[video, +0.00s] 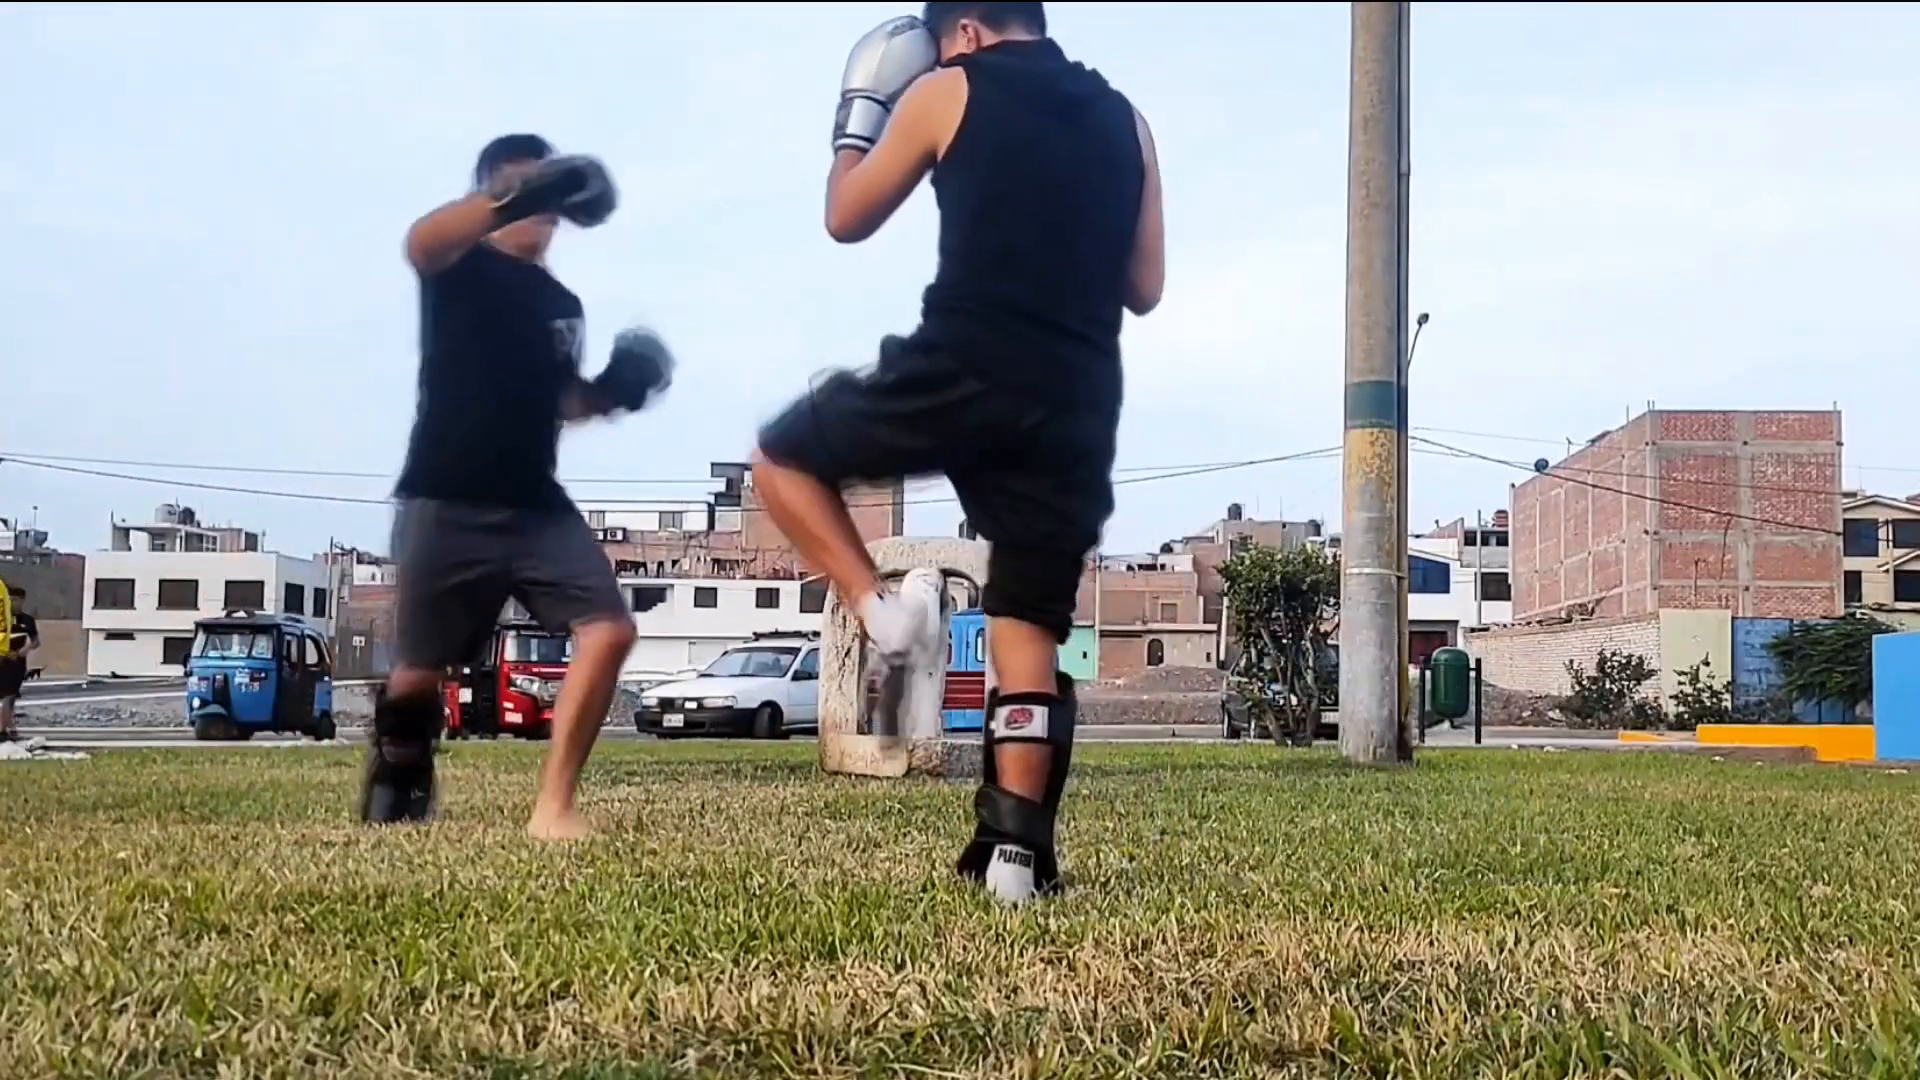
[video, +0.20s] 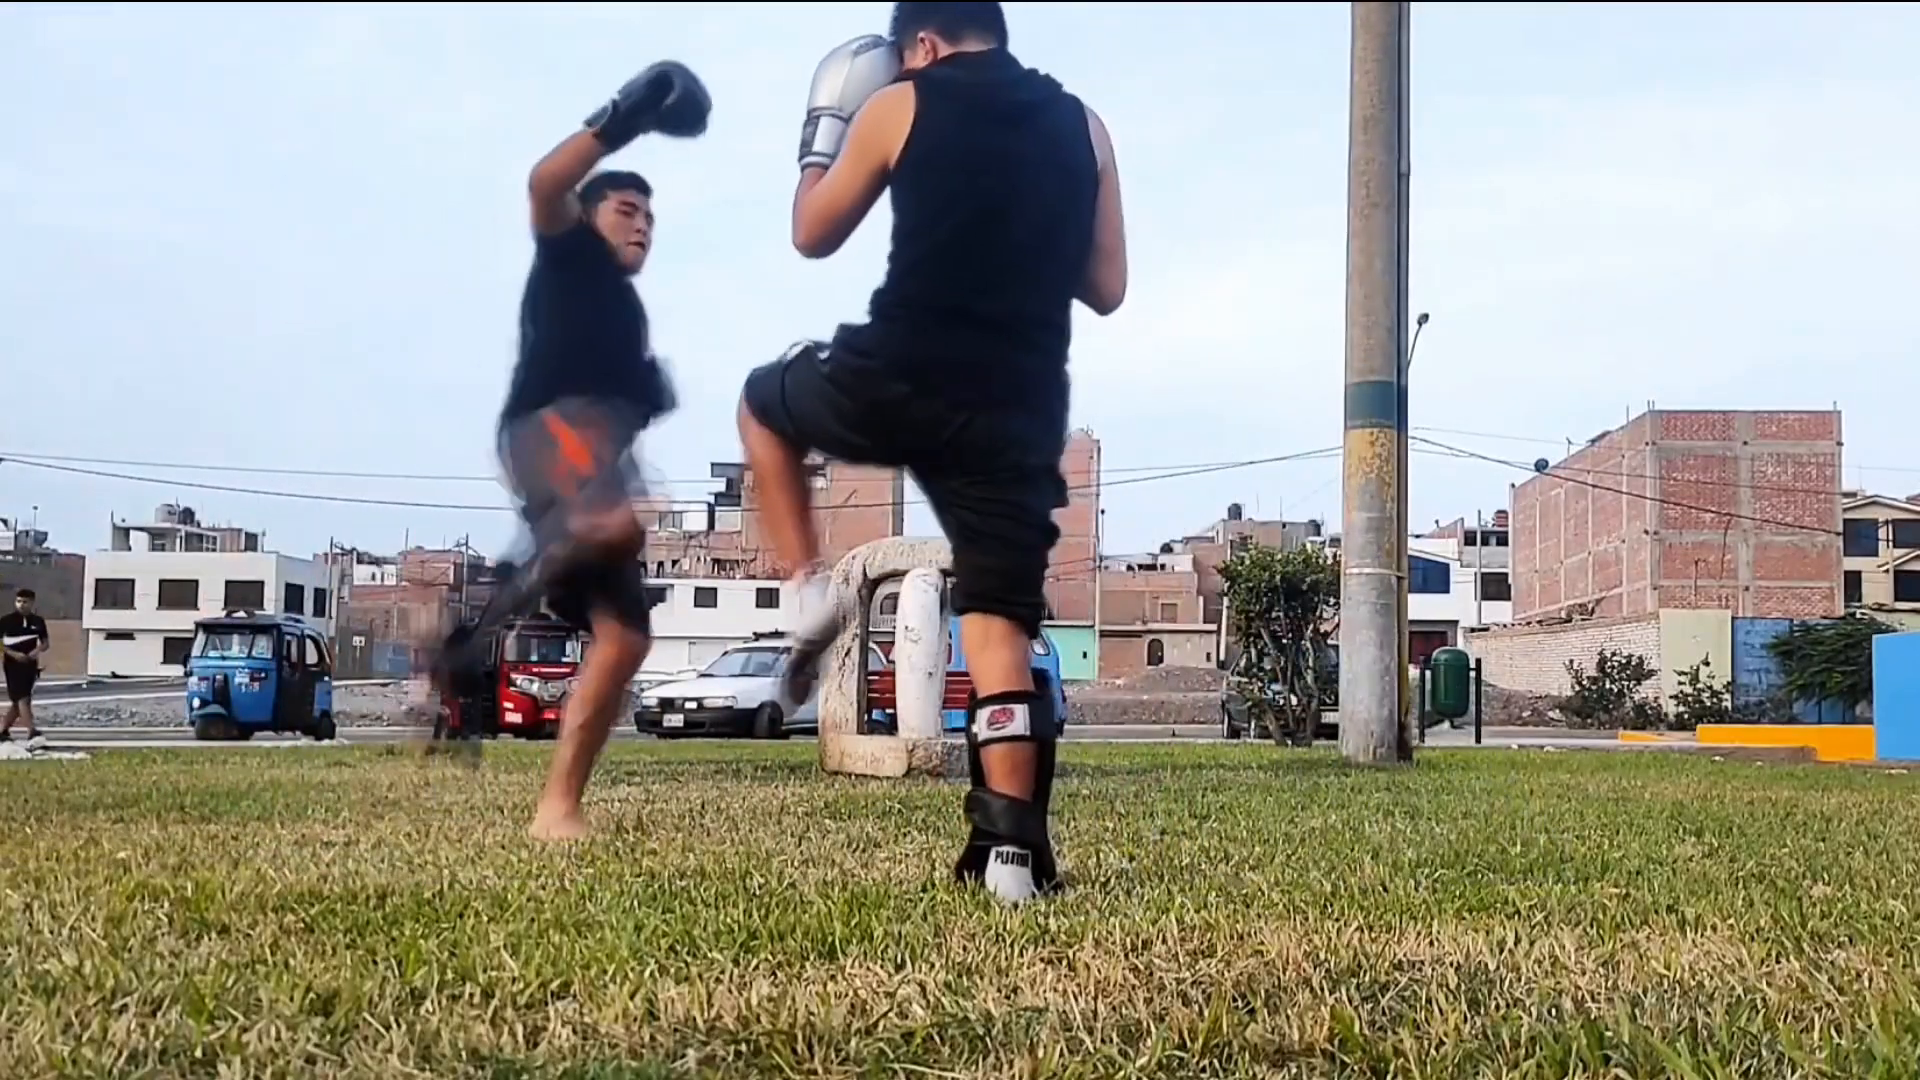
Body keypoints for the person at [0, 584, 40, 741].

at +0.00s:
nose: (13, 603)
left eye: (17, 600)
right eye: (11, 599)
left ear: (22, 601)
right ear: (7, 600)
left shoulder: (27, 620)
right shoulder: (5, 620)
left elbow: (35, 641)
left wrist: (22, 651)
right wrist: (8, 651)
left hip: (17, 661)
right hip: (4, 660)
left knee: (9, 698)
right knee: (8, 698)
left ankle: (4, 729)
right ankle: (10, 729)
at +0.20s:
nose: (21, 605)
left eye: (25, 602)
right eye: (19, 601)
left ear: (32, 603)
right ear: (15, 602)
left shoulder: (38, 621)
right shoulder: (6, 620)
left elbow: (45, 643)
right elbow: (1, 643)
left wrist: (37, 650)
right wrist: (14, 654)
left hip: (30, 662)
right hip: (12, 661)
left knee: (20, 700)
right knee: (23, 697)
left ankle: (4, 728)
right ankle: (31, 730)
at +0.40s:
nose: (31, 603)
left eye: (34, 599)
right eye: (27, 599)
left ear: (40, 601)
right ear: (23, 601)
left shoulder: (47, 618)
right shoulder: (18, 618)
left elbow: (54, 638)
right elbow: (7, 640)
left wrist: (50, 648)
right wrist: (30, 651)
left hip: (43, 661)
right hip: (25, 662)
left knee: (47, 699)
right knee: (30, 699)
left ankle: (22, 719)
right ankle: (33, 732)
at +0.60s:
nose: (42, 601)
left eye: (45, 598)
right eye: (38, 598)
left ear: (51, 599)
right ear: (34, 599)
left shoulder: (56, 617)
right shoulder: (26, 617)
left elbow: (61, 637)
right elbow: (19, 639)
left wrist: (60, 647)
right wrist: (45, 649)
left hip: (52, 663)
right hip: (33, 664)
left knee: (62, 694)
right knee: (33, 699)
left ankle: (53, 727)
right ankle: (34, 732)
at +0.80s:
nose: (54, 603)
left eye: (58, 600)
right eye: (51, 599)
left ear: (62, 601)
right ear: (46, 600)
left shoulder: (68, 620)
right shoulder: (38, 618)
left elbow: (70, 640)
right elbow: (29, 640)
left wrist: (70, 649)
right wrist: (54, 651)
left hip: (62, 665)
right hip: (42, 666)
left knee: (67, 699)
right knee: (38, 700)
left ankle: (72, 731)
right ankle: (35, 731)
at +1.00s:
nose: (68, 600)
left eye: (72, 597)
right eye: (65, 596)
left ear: (76, 599)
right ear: (60, 598)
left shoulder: (81, 619)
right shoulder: (50, 616)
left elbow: (85, 639)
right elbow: (39, 637)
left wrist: (79, 648)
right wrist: (64, 649)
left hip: (74, 664)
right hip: (54, 665)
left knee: (75, 699)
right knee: (50, 699)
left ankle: (74, 732)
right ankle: (40, 729)